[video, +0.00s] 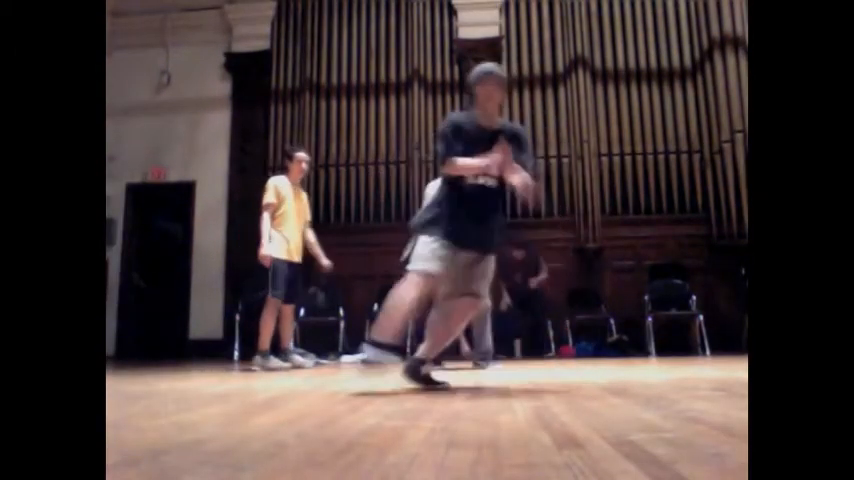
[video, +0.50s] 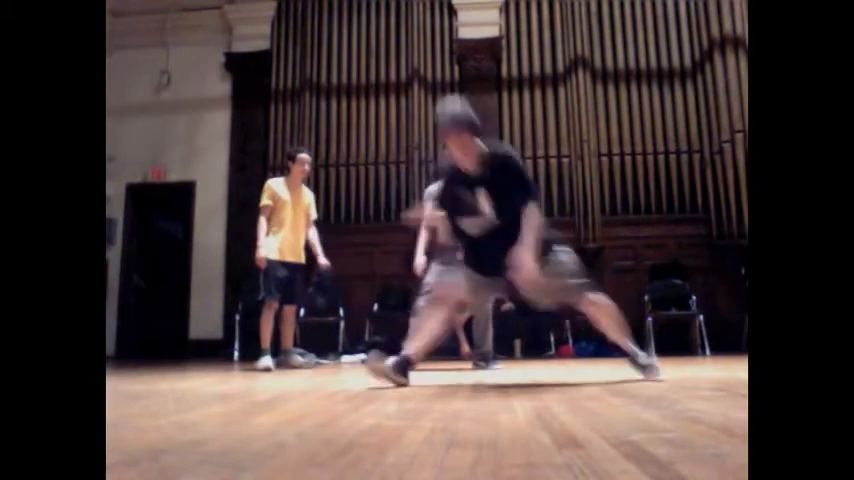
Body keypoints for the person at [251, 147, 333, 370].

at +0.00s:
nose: (304, 167)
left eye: (306, 163)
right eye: (300, 162)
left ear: (308, 168)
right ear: (289, 163)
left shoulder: (303, 195)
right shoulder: (276, 183)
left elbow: (307, 229)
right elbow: (266, 214)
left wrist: (321, 257)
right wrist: (264, 244)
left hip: (295, 253)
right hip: (277, 250)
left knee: (289, 303)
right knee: (274, 300)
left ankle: (287, 350)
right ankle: (263, 353)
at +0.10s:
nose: (305, 167)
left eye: (308, 163)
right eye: (301, 162)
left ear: (310, 168)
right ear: (290, 164)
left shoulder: (305, 195)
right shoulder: (277, 184)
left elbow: (310, 229)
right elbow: (266, 215)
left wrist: (326, 257)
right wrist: (264, 245)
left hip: (296, 253)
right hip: (276, 250)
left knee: (290, 303)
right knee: (273, 300)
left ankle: (287, 350)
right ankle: (264, 353)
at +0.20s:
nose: (306, 168)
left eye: (309, 164)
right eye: (302, 163)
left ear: (311, 168)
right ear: (291, 164)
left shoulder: (307, 196)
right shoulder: (277, 185)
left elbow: (312, 228)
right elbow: (266, 216)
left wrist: (329, 257)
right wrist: (265, 245)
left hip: (296, 255)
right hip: (276, 252)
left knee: (290, 304)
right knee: (272, 301)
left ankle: (287, 350)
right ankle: (264, 352)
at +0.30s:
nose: (308, 169)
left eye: (310, 165)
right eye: (304, 164)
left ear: (312, 169)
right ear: (292, 165)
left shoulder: (309, 196)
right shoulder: (276, 185)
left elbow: (314, 228)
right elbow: (266, 216)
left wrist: (330, 256)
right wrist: (264, 246)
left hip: (296, 256)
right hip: (275, 252)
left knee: (290, 305)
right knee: (272, 302)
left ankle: (288, 350)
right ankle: (266, 352)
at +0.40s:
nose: (308, 169)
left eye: (310, 165)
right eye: (304, 164)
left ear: (312, 169)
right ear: (292, 165)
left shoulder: (309, 196)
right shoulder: (276, 186)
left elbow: (314, 228)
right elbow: (265, 216)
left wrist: (328, 256)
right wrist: (262, 247)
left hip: (297, 256)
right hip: (275, 253)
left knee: (290, 305)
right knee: (273, 302)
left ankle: (288, 351)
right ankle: (267, 353)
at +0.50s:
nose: (306, 169)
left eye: (308, 164)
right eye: (302, 163)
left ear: (310, 168)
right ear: (291, 164)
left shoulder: (308, 194)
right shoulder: (274, 186)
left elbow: (310, 227)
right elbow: (263, 217)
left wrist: (320, 255)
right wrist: (260, 248)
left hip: (297, 255)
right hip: (274, 252)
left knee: (291, 306)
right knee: (272, 302)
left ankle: (287, 352)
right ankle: (265, 354)